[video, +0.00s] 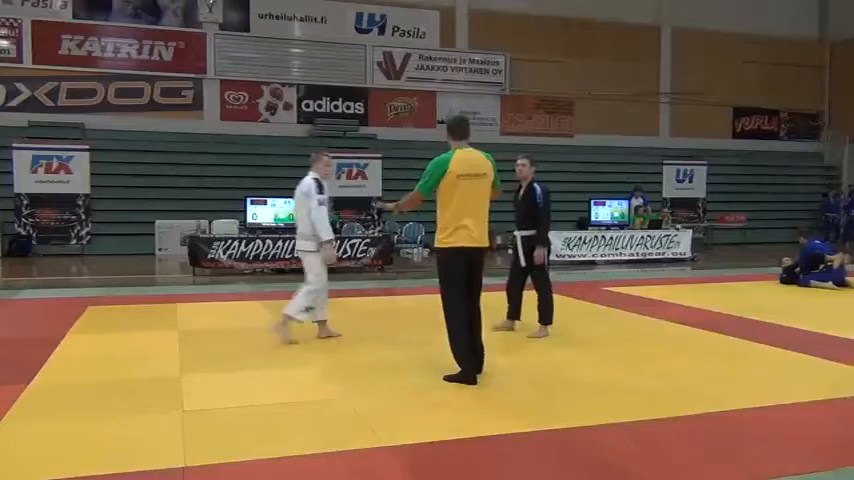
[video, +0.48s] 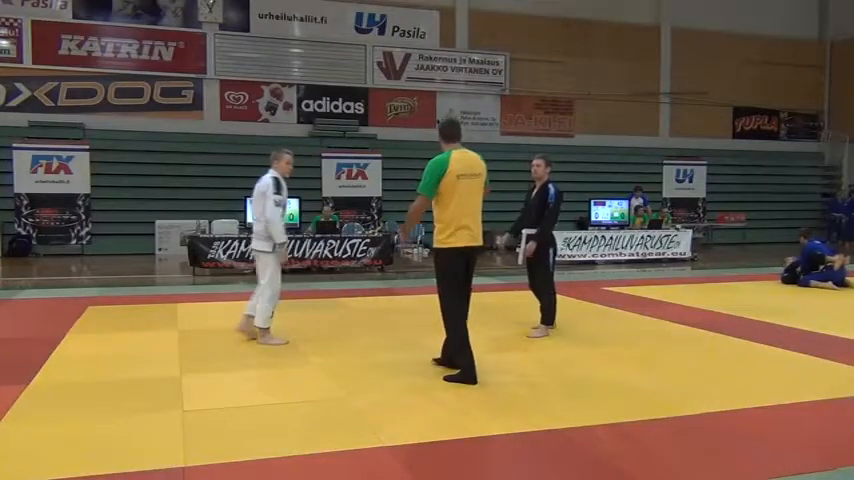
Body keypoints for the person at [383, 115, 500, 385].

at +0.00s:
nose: (447, 138)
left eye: (447, 134)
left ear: (448, 136)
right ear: (469, 135)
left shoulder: (443, 162)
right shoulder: (487, 160)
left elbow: (417, 198)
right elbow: (495, 193)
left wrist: (398, 206)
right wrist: (467, 192)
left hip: (451, 246)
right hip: (477, 245)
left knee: (455, 307)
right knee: (472, 303)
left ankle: (467, 370)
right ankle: (475, 363)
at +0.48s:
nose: (440, 142)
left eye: (439, 138)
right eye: (447, 136)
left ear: (440, 138)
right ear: (460, 136)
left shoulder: (438, 163)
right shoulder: (478, 161)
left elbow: (421, 204)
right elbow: (485, 191)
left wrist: (406, 229)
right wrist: (462, 196)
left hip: (448, 245)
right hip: (472, 242)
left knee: (452, 308)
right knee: (459, 303)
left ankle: (467, 371)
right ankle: (451, 354)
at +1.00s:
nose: (435, 142)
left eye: (435, 138)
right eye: (436, 138)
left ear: (440, 137)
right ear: (457, 136)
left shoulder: (440, 160)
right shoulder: (473, 160)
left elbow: (428, 202)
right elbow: (470, 198)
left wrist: (420, 241)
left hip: (447, 239)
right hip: (468, 238)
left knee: (450, 303)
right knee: (457, 299)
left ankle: (466, 365)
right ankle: (453, 352)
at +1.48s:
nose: (432, 143)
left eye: (433, 139)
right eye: (433, 139)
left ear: (438, 138)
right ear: (454, 138)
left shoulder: (443, 158)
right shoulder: (468, 160)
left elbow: (432, 198)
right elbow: (446, 189)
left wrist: (417, 233)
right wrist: (413, 185)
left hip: (448, 238)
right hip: (463, 237)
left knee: (447, 299)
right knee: (452, 298)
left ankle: (464, 358)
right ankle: (451, 352)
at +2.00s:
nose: (428, 144)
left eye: (428, 140)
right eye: (431, 139)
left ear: (430, 140)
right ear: (449, 140)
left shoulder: (433, 158)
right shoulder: (463, 161)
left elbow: (424, 197)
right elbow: (461, 199)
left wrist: (415, 237)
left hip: (443, 237)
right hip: (462, 236)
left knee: (445, 299)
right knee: (453, 296)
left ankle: (460, 357)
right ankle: (450, 351)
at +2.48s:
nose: (421, 158)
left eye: (421, 154)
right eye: (422, 154)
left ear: (425, 150)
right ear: (440, 148)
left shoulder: (427, 159)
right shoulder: (458, 164)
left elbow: (422, 196)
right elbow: (458, 200)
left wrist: (414, 239)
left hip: (444, 235)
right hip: (463, 234)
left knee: (447, 300)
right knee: (452, 299)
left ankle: (461, 359)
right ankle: (450, 352)